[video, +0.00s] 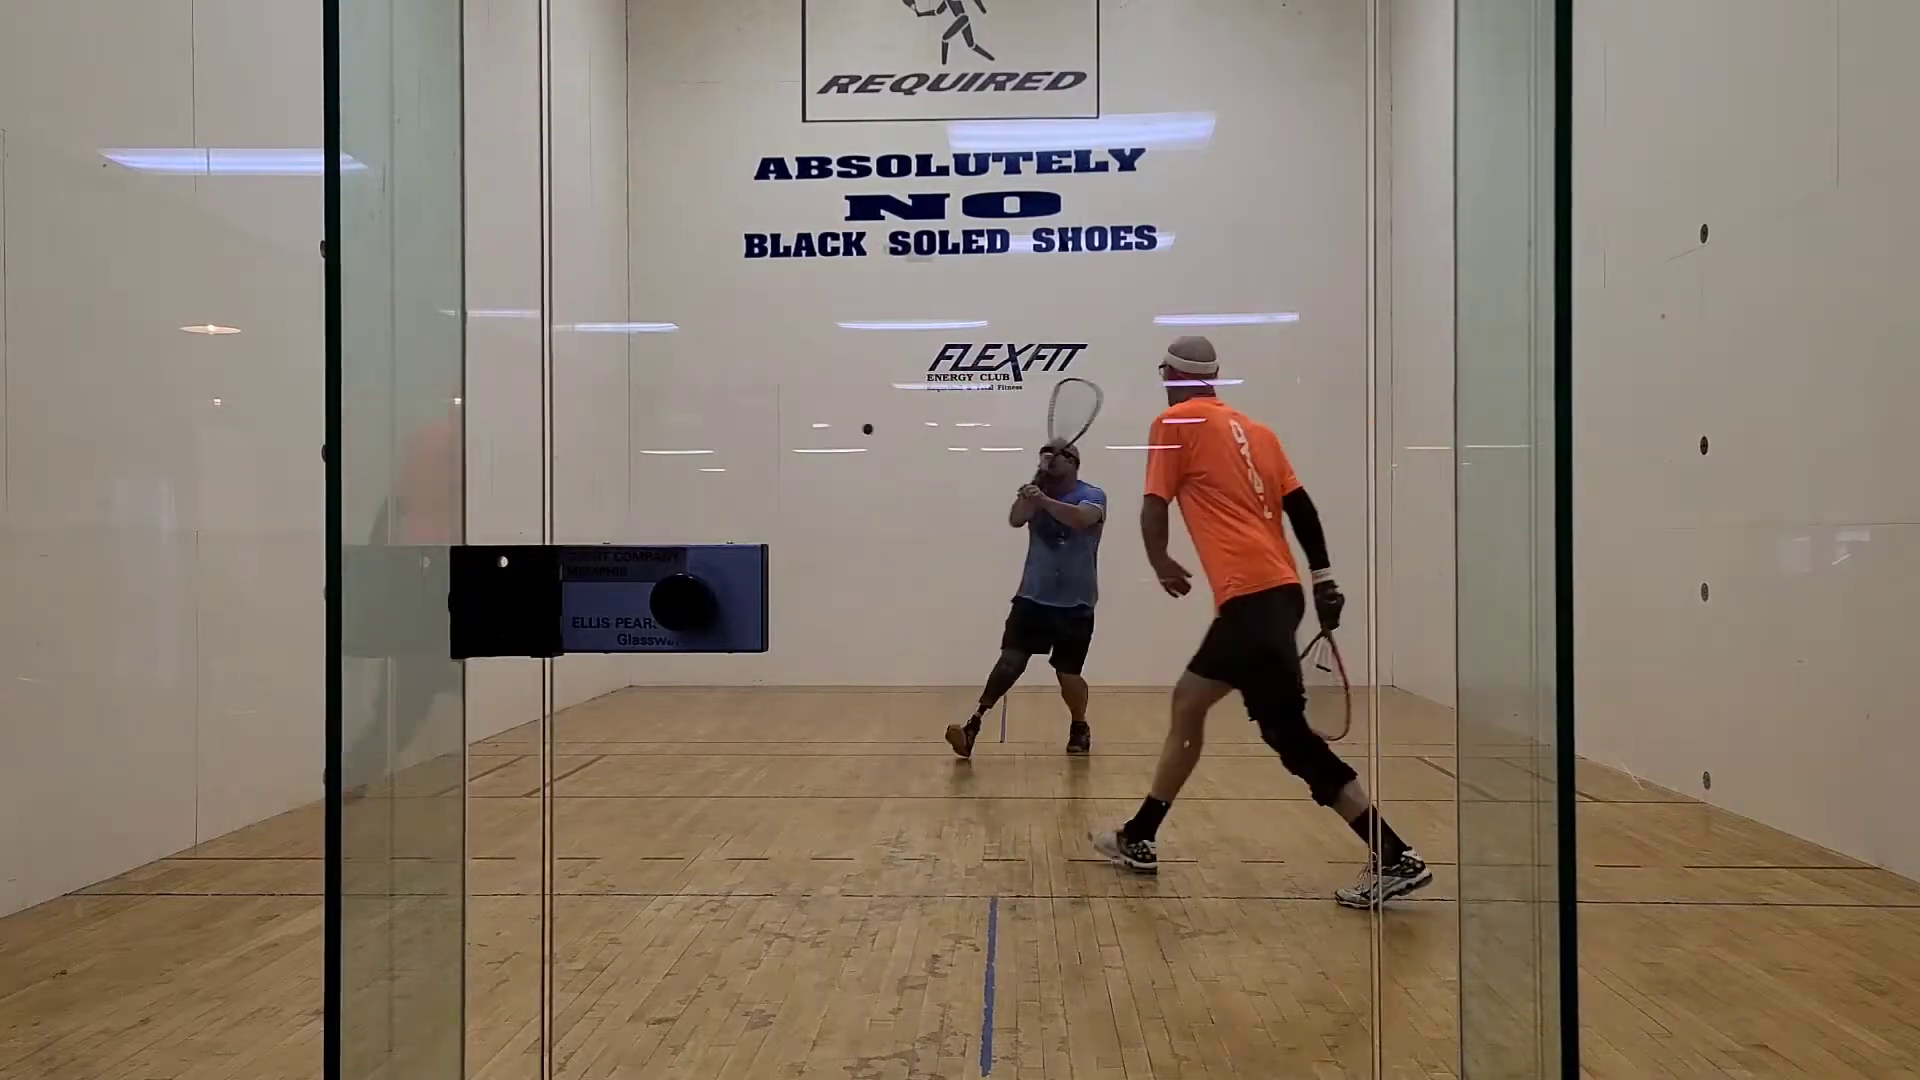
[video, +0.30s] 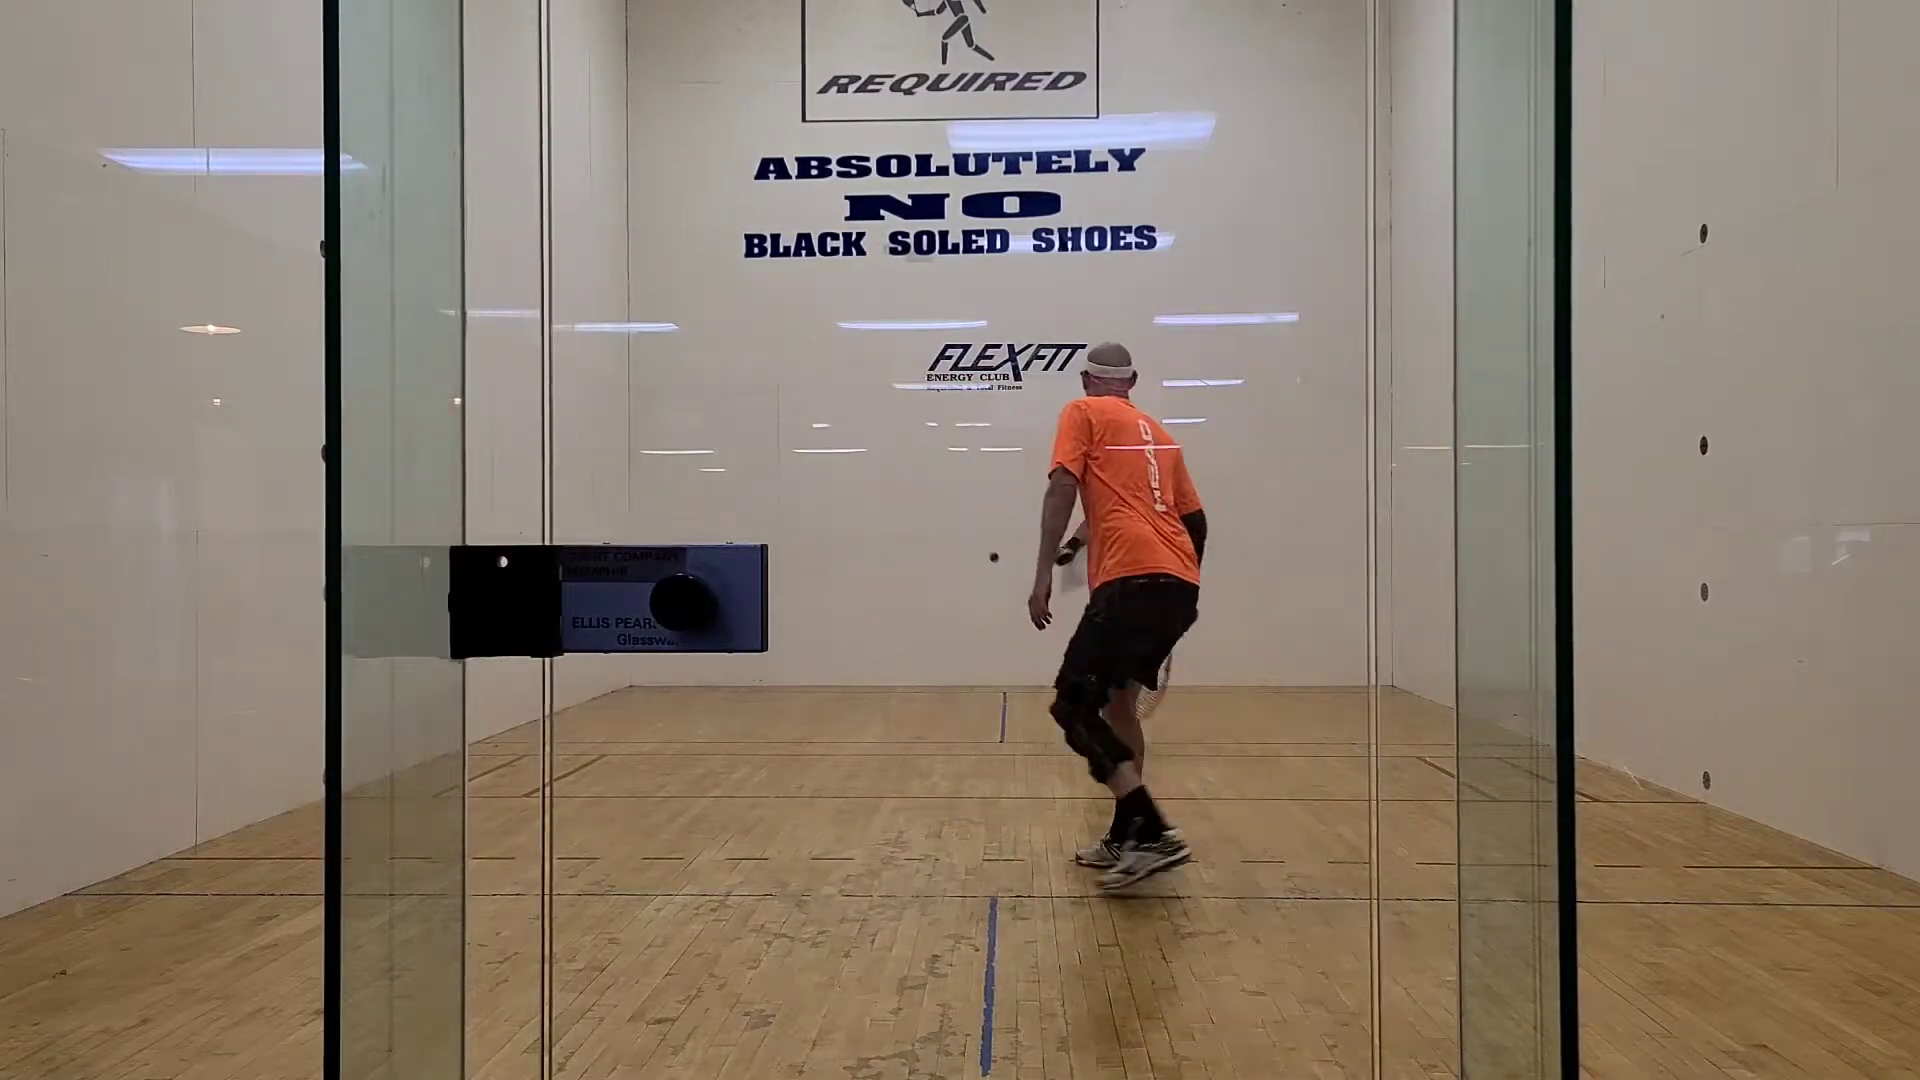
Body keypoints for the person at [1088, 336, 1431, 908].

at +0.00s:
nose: (1164, 389)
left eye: (1165, 380)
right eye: (1168, 379)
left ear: (1171, 380)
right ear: (1214, 379)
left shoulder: (1173, 425)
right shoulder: (1255, 430)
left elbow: (1154, 512)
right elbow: (1300, 505)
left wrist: (1159, 561)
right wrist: (1324, 579)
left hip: (1247, 596)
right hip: (1281, 590)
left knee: (1291, 739)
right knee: (1188, 701)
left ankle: (1394, 856)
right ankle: (1139, 836)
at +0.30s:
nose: (1086, 385)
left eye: (1087, 378)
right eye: (1090, 378)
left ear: (1088, 378)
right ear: (1132, 382)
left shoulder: (1083, 411)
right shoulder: (1158, 433)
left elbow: (1063, 485)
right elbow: (1194, 523)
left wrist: (1043, 571)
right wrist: (1179, 594)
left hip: (1130, 580)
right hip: (1179, 586)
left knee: (1071, 706)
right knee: (1120, 703)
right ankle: (1127, 836)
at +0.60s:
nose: (1018, 402)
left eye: (1017, 394)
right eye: (1024, 393)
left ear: (1019, 392)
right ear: (1065, 395)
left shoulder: (1015, 425)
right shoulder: (1100, 446)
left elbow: (992, 489)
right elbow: (1129, 533)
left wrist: (966, 572)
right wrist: (1083, 577)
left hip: (1046, 585)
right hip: (1109, 594)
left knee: (973, 707)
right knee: (1082, 702)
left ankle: (942, 856)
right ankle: (1117, 840)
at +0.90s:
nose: (892, 410)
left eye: (892, 398)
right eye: (892, 399)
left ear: (904, 393)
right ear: (942, 393)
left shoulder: (920, 428)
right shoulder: (991, 436)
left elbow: (934, 508)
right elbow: (1043, 508)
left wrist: (889, 578)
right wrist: (1003, 572)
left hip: (992, 591)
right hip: (1036, 593)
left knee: (913, 709)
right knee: (949, 699)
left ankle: (918, 863)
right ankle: (1004, 825)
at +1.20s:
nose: (853, 425)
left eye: (861, 413)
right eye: (852, 414)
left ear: (899, 413)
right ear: (891, 417)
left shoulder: (935, 459)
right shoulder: (907, 471)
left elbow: (973, 547)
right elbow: (935, 570)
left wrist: (928, 631)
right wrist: (914, 638)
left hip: (998, 625)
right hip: (958, 628)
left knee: (920, 728)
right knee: (874, 720)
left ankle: (996, 875)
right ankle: (888, 852)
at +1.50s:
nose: (1000, 369)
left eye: (1013, 356)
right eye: (989, 358)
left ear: (1037, 365)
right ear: (976, 368)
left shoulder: (1078, 425)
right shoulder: (960, 443)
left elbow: (1114, 510)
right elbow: (946, 522)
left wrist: (1070, 561)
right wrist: (932, 594)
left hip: (1065, 625)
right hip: (986, 621)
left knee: (1033, 759)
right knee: (958, 738)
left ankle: (1011, 885)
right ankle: (911, 870)